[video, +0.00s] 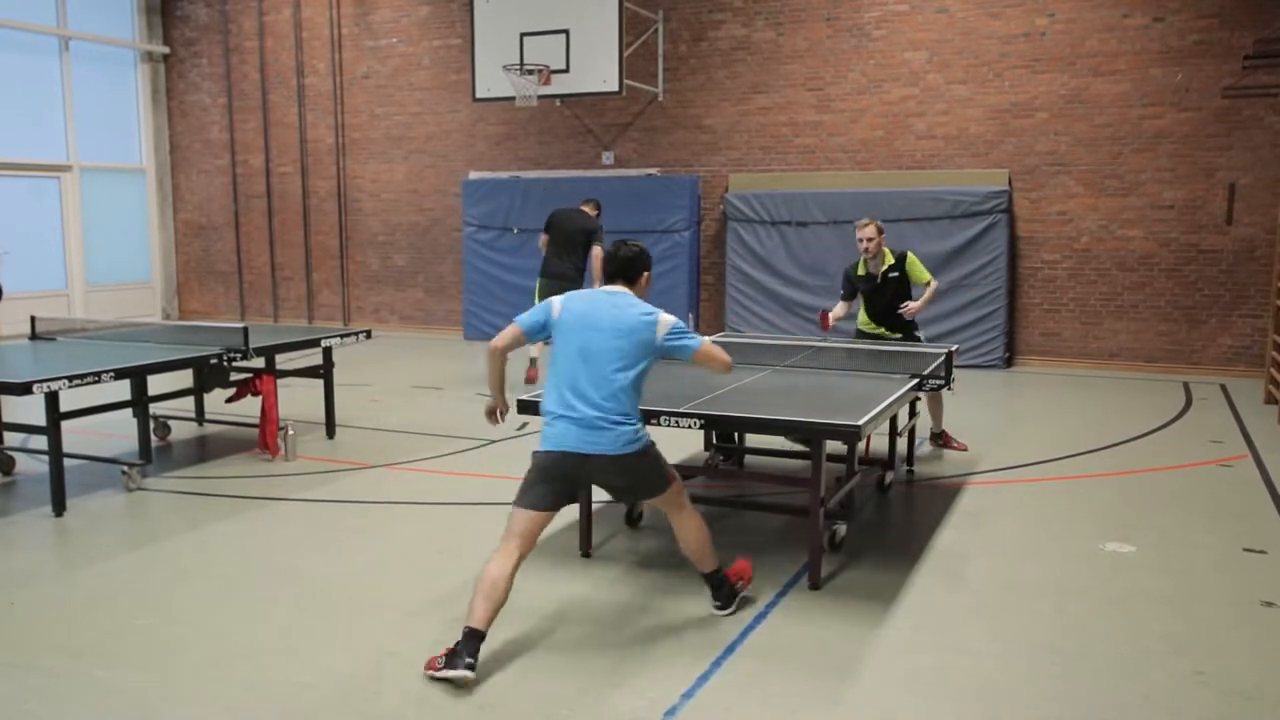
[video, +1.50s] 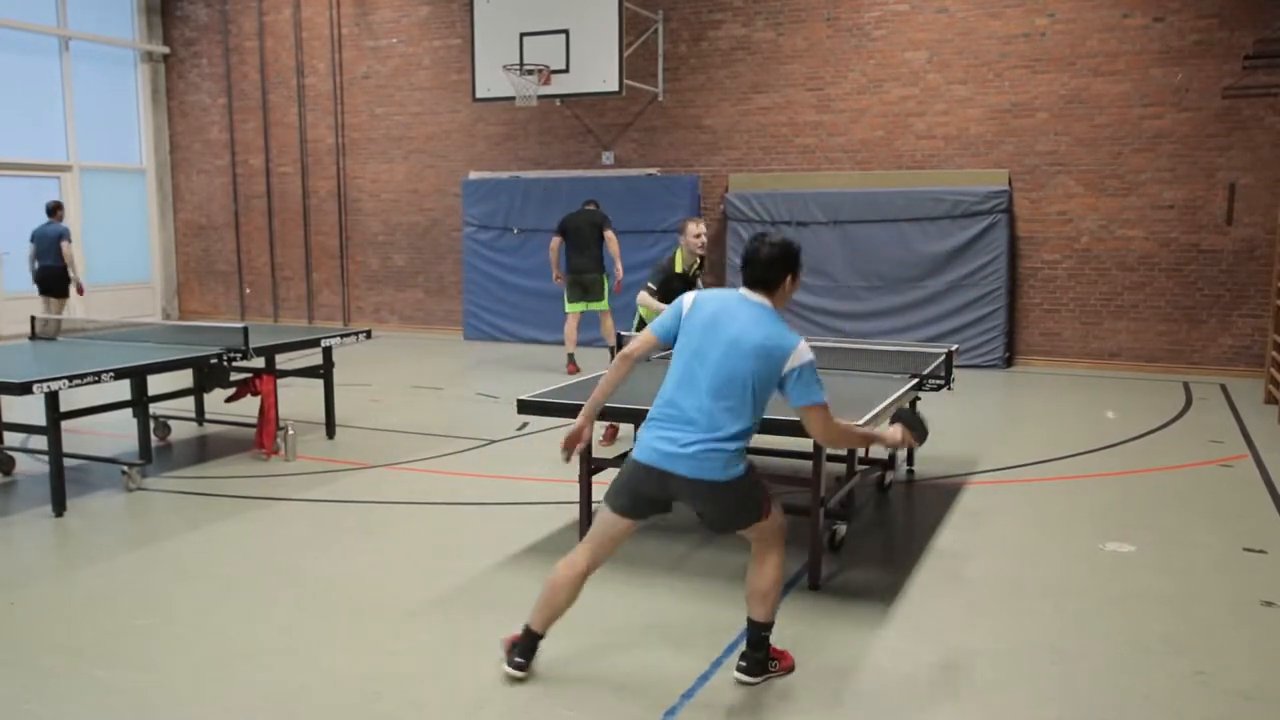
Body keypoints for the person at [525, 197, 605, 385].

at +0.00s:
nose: (596, 219)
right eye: (597, 217)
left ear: (581, 206)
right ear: (595, 212)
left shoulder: (557, 214)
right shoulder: (594, 225)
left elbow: (543, 241)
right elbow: (596, 254)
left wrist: (551, 257)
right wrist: (597, 282)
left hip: (547, 276)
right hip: (573, 281)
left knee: (538, 321)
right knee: (568, 324)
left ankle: (533, 361)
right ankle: (565, 366)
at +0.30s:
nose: (605, 218)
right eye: (607, 215)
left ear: (590, 206)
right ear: (605, 211)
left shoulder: (568, 214)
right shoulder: (605, 222)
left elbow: (550, 238)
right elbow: (610, 249)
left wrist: (536, 263)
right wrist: (614, 278)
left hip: (558, 273)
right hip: (583, 278)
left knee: (542, 311)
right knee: (582, 326)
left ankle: (549, 314)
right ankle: (580, 369)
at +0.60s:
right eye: (600, 211)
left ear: (586, 208)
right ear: (602, 212)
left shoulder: (570, 215)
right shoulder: (606, 222)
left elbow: (555, 238)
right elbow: (616, 247)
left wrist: (543, 264)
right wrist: (624, 274)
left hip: (563, 275)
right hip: (588, 278)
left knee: (556, 317)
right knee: (584, 324)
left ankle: (546, 359)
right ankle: (581, 370)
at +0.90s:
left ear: (578, 216)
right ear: (593, 216)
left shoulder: (562, 225)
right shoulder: (594, 221)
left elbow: (547, 249)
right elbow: (604, 240)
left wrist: (546, 278)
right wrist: (615, 264)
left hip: (564, 277)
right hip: (586, 275)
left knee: (569, 319)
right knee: (588, 318)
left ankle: (570, 361)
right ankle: (585, 355)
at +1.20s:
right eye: (594, 211)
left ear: (576, 208)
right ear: (590, 208)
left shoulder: (561, 220)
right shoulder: (590, 212)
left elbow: (547, 247)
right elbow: (599, 232)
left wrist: (552, 274)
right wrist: (611, 257)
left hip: (567, 271)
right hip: (589, 268)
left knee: (570, 319)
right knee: (606, 308)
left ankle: (570, 360)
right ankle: (581, 286)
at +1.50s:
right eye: (597, 209)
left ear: (582, 207)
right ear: (597, 208)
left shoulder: (567, 219)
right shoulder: (601, 217)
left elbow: (554, 244)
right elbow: (610, 238)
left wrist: (555, 270)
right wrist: (618, 264)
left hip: (573, 274)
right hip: (596, 273)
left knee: (572, 317)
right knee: (605, 314)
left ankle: (570, 359)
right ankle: (613, 353)